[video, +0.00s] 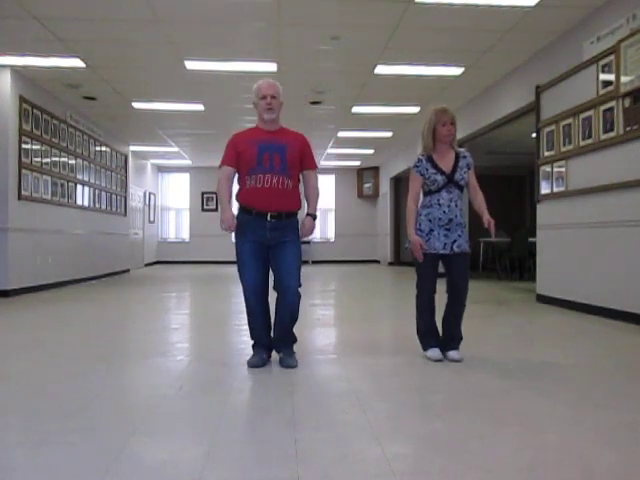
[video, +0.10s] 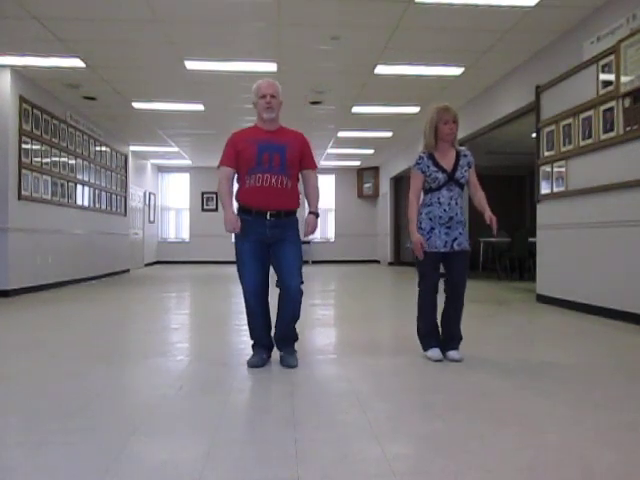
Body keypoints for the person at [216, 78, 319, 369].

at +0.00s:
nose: (268, 101)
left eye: (274, 97)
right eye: (263, 97)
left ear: (282, 102)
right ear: (255, 103)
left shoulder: (298, 141)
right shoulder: (240, 140)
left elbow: (310, 180)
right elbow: (225, 177)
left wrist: (311, 213)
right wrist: (226, 209)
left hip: (287, 223)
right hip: (250, 222)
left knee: (290, 288)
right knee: (253, 289)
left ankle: (285, 345)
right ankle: (260, 347)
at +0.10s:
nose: (268, 100)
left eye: (273, 96)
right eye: (263, 96)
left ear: (281, 101)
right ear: (254, 102)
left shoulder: (297, 140)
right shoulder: (239, 139)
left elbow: (309, 178)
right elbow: (225, 178)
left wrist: (313, 211)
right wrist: (229, 212)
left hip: (286, 222)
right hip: (249, 222)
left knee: (292, 285)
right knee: (253, 289)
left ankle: (286, 343)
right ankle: (261, 347)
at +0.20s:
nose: (268, 100)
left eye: (273, 96)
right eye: (263, 97)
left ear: (281, 103)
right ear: (254, 104)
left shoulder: (297, 141)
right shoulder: (239, 140)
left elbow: (310, 178)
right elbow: (225, 181)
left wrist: (315, 211)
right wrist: (231, 216)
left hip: (287, 223)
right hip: (249, 222)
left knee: (297, 281)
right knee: (252, 290)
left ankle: (289, 342)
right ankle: (260, 347)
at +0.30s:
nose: (269, 101)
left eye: (274, 97)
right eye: (264, 98)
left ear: (282, 104)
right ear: (255, 106)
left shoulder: (299, 142)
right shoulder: (240, 142)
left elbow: (311, 180)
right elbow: (227, 184)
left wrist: (316, 214)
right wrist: (231, 221)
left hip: (288, 225)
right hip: (251, 224)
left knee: (299, 283)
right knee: (252, 291)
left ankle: (295, 342)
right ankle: (260, 347)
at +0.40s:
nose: (272, 103)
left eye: (276, 99)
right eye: (266, 100)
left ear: (284, 106)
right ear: (258, 107)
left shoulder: (302, 144)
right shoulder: (243, 145)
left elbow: (315, 183)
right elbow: (230, 185)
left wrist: (317, 218)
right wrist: (229, 224)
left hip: (291, 228)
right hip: (254, 227)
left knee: (298, 290)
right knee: (254, 292)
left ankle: (299, 347)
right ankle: (261, 348)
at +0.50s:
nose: (274, 103)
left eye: (279, 99)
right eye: (269, 99)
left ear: (288, 106)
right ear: (261, 107)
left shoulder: (305, 144)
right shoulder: (247, 146)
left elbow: (318, 186)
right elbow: (234, 186)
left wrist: (317, 223)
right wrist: (229, 223)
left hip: (296, 228)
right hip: (260, 229)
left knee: (300, 292)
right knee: (260, 293)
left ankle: (298, 347)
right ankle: (261, 348)